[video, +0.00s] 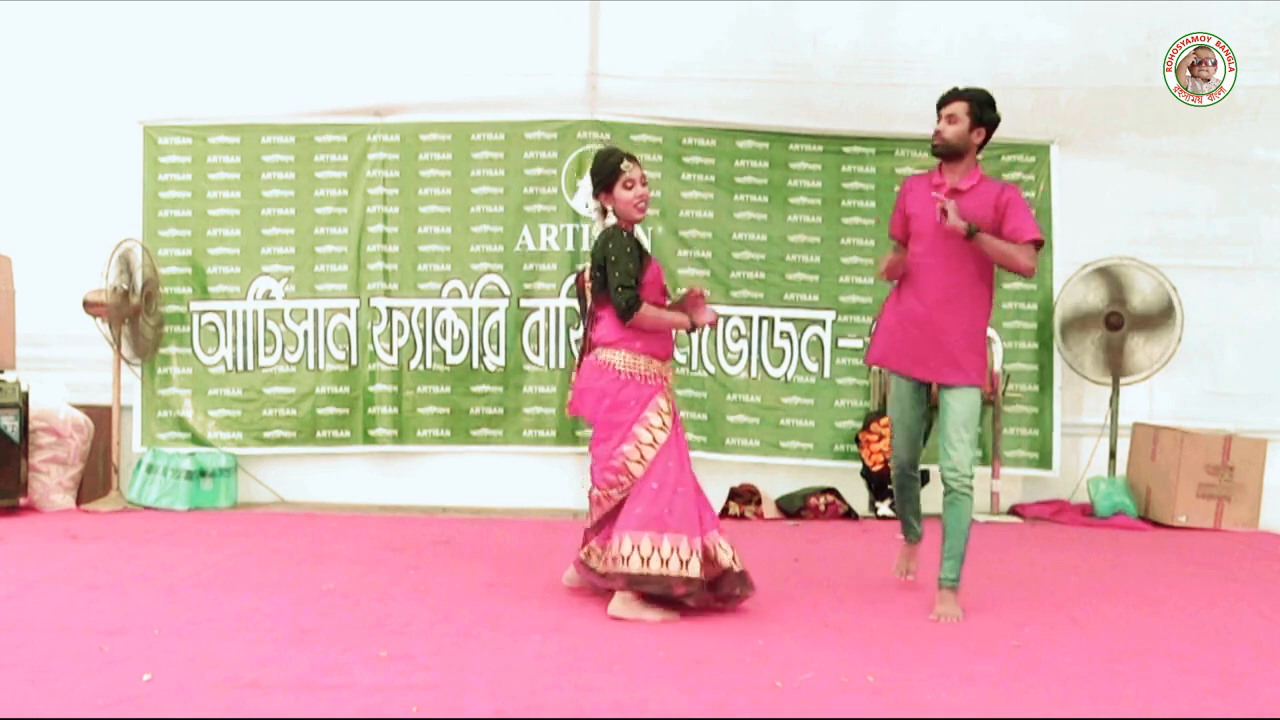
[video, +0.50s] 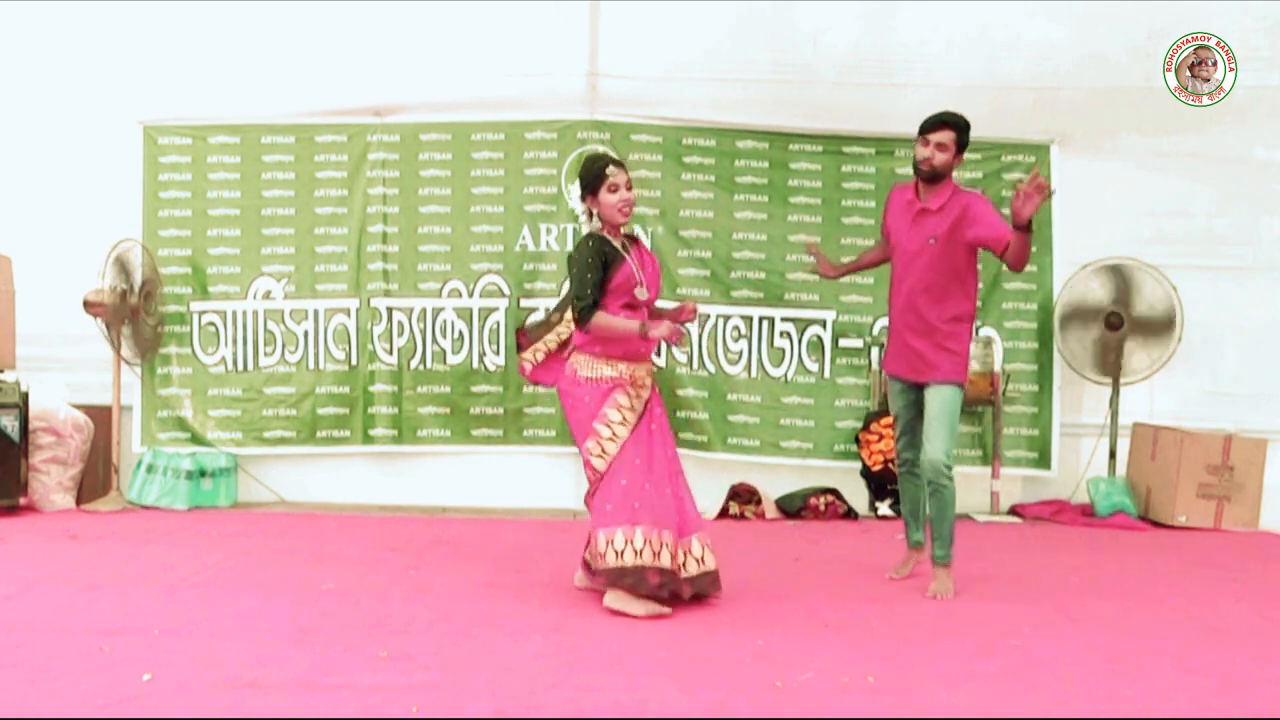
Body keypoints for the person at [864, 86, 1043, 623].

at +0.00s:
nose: (939, 127)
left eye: (951, 121)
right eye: (939, 119)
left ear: (980, 133)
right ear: (936, 128)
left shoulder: (1001, 195)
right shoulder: (913, 188)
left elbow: (1026, 263)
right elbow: (897, 249)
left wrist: (971, 231)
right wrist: (894, 263)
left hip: (963, 347)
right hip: (905, 341)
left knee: (958, 470)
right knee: (902, 458)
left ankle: (950, 586)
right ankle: (911, 536)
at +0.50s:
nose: (931, 152)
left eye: (943, 147)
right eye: (926, 143)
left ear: (958, 159)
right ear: (914, 147)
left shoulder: (971, 206)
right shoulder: (898, 197)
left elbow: (1017, 261)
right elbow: (889, 249)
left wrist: (1021, 225)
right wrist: (842, 269)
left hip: (947, 351)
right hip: (901, 347)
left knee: (935, 461)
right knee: (907, 457)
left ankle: (942, 566)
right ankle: (915, 548)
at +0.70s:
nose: (945, 170)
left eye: (954, 163)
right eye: (936, 163)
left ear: (967, 173)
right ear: (922, 172)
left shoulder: (983, 236)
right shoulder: (898, 231)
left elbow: (995, 304)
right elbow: (882, 300)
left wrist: (990, 343)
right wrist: (897, 346)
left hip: (960, 376)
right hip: (906, 372)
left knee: (954, 478)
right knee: (903, 477)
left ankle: (942, 570)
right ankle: (917, 550)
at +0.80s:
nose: (947, 154)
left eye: (955, 146)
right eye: (936, 148)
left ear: (968, 155)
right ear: (922, 157)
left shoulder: (987, 214)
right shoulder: (901, 212)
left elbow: (1000, 284)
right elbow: (884, 288)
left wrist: (1005, 302)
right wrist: (944, 296)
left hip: (965, 362)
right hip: (911, 362)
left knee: (957, 470)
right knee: (912, 470)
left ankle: (940, 570)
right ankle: (917, 548)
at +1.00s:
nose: (949, 158)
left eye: (956, 149)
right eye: (938, 152)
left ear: (969, 155)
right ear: (924, 160)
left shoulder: (982, 213)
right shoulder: (911, 219)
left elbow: (1013, 268)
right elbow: (917, 291)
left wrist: (1026, 274)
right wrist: (981, 261)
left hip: (968, 360)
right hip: (918, 362)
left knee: (979, 471)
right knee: (919, 469)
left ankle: (982, 575)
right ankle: (911, 552)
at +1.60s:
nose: (887, 176)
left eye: (897, 167)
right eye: (879, 166)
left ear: (913, 171)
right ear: (865, 167)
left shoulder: (922, 226)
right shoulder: (845, 232)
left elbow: (964, 293)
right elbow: (846, 311)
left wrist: (977, 267)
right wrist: (900, 268)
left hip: (909, 373)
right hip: (856, 374)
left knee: (910, 477)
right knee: (863, 486)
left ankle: (908, 589)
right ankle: (878, 550)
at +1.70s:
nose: (869, 170)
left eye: (880, 162)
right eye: (862, 160)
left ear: (897, 165)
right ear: (849, 159)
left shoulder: (908, 216)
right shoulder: (829, 220)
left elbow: (953, 281)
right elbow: (828, 299)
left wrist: (966, 255)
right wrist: (881, 254)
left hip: (892, 362)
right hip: (838, 362)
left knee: (896, 475)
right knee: (844, 471)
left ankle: (901, 586)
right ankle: (856, 563)